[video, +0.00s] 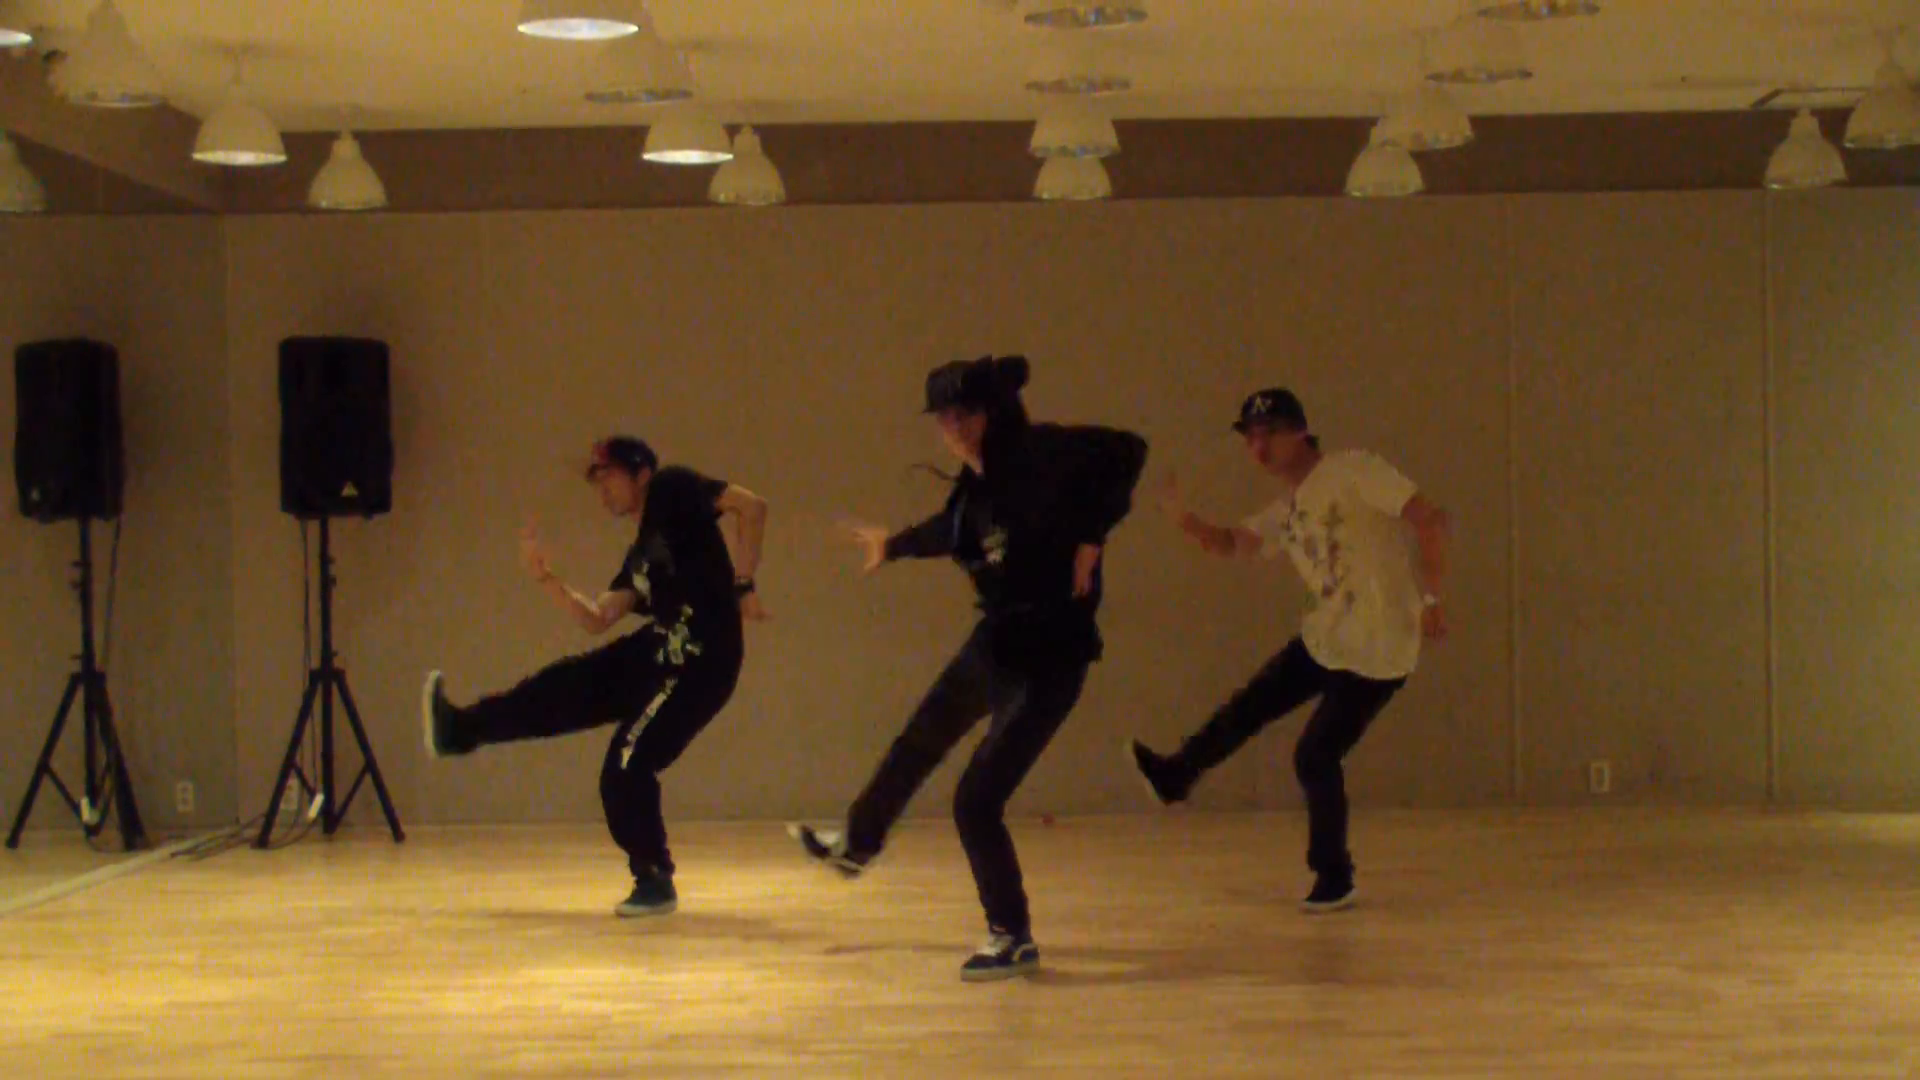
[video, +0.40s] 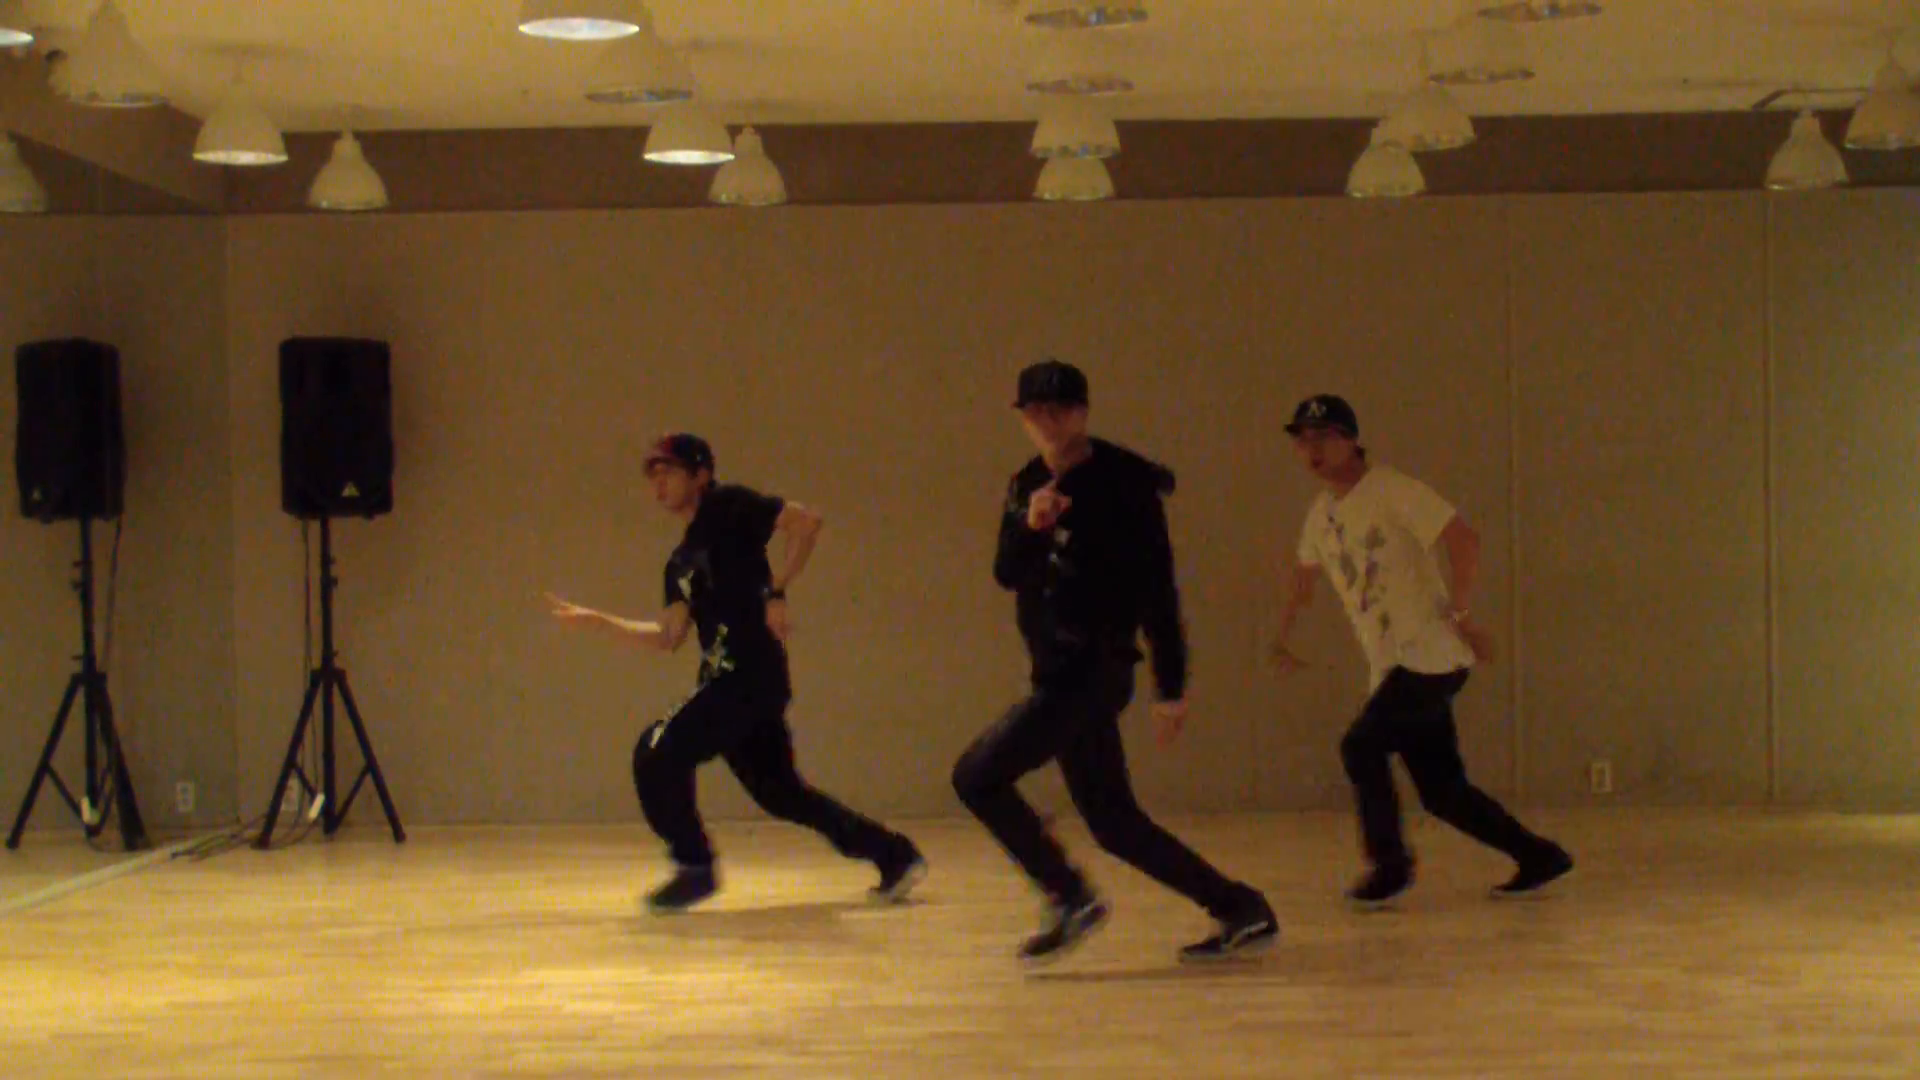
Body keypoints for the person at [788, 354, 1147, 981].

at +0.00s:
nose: (949, 432)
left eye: (955, 418)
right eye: (942, 422)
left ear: (985, 412)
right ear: (944, 425)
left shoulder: (1045, 450)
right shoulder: (972, 484)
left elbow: (1127, 449)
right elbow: (951, 531)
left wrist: (1093, 537)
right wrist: (892, 545)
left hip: (1055, 650)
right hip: (999, 640)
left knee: (976, 800)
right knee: (921, 739)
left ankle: (1011, 936)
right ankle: (857, 844)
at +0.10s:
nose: (974, 422)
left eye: (984, 408)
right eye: (964, 412)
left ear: (1013, 406)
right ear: (957, 421)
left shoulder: (1065, 452)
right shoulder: (982, 487)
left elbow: (1156, 467)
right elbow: (978, 538)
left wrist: (1109, 551)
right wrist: (940, 547)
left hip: (1056, 655)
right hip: (1004, 645)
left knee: (964, 795)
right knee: (957, 754)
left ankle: (1012, 936)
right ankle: (931, 862)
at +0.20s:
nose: (996, 415)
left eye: (1007, 403)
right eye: (985, 406)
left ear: (1033, 406)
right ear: (975, 415)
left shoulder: (1080, 457)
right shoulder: (988, 487)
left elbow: (1174, 487)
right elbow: (990, 564)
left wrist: (1124, 568)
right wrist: (961, 573)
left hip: (1064, 660)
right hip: (1009, 656)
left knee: (965, 802)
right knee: (999, 778)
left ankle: (1010, 935)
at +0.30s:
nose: (1022, 409)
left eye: (1033, 396)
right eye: (1011, 399)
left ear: (1058, 399)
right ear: (1000, 407)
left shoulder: (1107, 459)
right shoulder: (1012, 476)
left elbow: (1185, 519)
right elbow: (1010, 570)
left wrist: (1153, 613)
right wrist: (952, 586)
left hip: (1078, 665)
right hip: (1034, 664)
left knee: (975, 792)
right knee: (1057, 812)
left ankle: (1015, 935)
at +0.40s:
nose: (1051, 423)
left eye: (1061, 410)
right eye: (1038, 413)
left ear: (1084, 412)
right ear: (1024, 420)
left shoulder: (1127, 481)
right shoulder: (1028, 484)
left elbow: (1157, 585)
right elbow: (1008, 574)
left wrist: (1171, 685)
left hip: (1097, 675)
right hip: (1061, 677)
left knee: (977, 777)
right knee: (1114, 823)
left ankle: (1070, 897)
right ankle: (1241, 908)